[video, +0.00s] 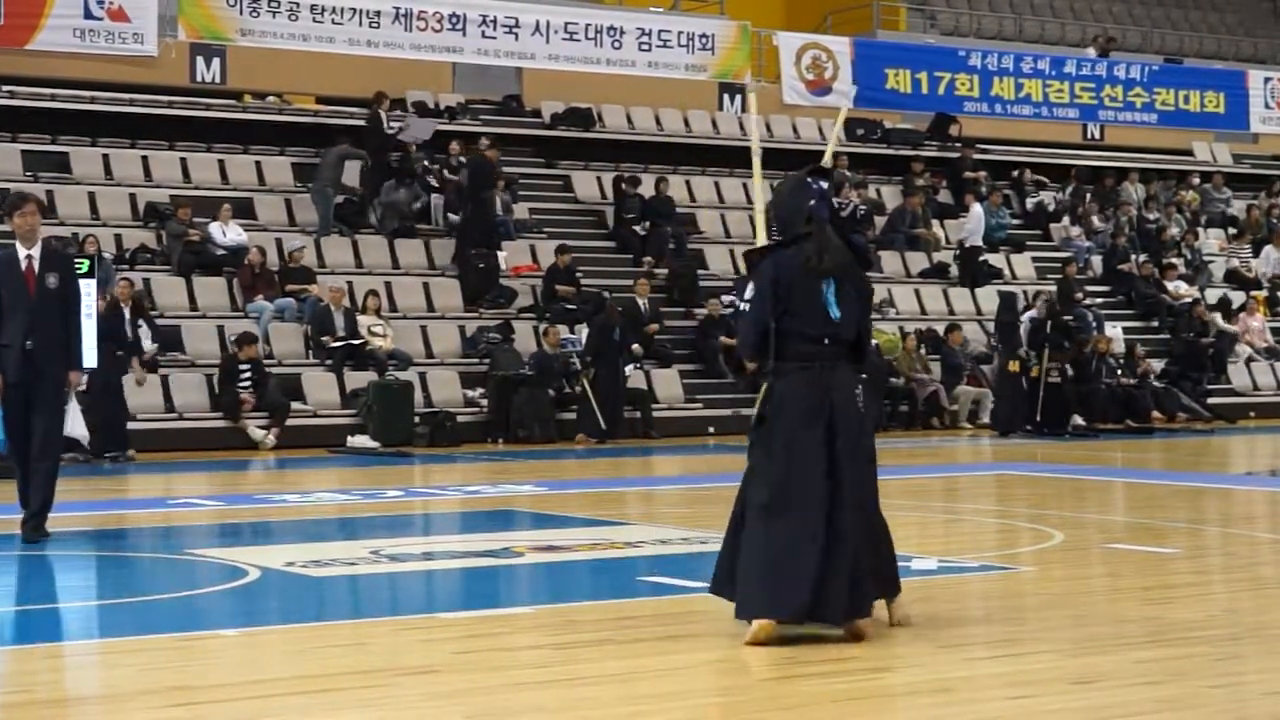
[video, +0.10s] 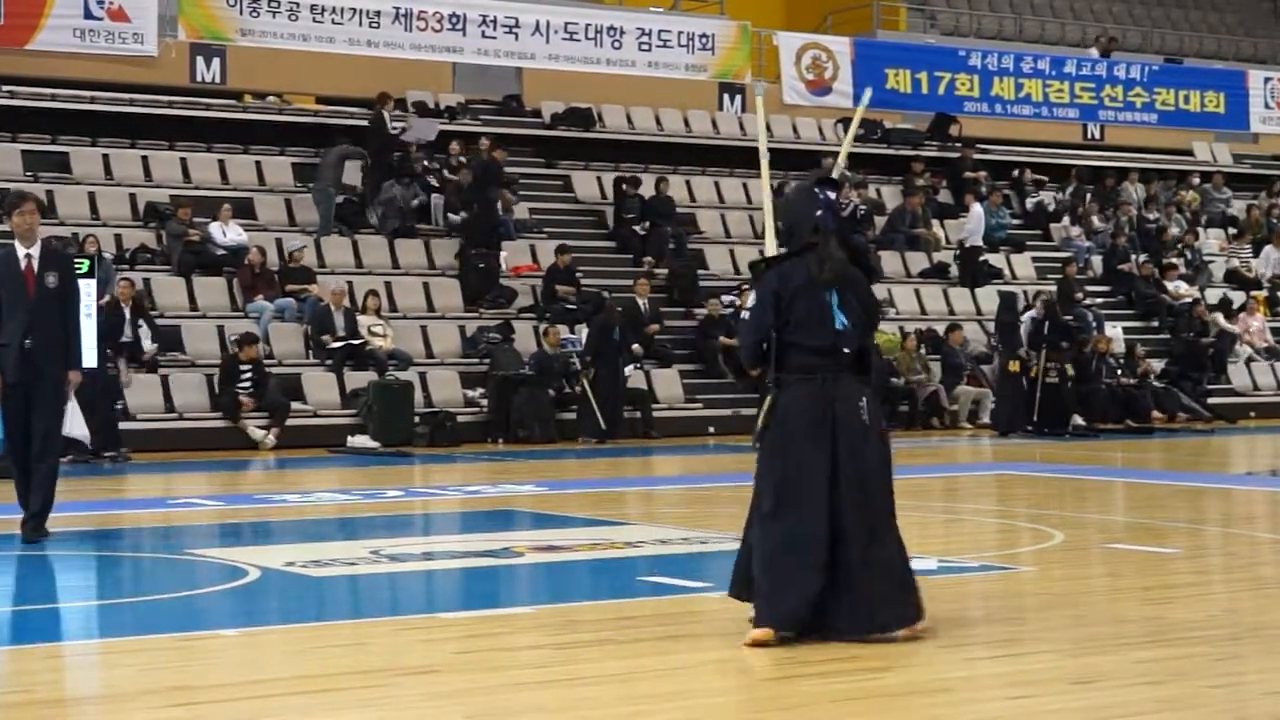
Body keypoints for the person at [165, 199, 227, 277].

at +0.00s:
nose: (186, 213)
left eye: (188, 210)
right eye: (183, 210)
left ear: (191, 212)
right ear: (176, 212)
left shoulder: (194, 224)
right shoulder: (171, 224)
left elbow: (207, 235)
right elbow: (178, 231)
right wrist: (197, 232)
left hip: (200, 251)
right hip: (183, 251)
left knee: (216, 261)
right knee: (187, 264)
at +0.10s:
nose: (186, 213)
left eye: (188, 210)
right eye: (183, 210)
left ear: (191, 212)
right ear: (176, 211)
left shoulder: (194, 225)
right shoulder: (171, 224)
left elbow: (207, 235)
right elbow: (178, 231)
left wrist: (195, 238)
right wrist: (196, 232)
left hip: (200, 251)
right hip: (183, 251)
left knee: (216, 262)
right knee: (187, 264)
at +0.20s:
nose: (187, 212)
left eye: (189, 209)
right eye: (183, 209)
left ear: (192, 211)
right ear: (177, 211)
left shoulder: (194, 224)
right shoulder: (171, 224)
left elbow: (207, 235)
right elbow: (178, 231)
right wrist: (198, 232)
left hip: (200, 250)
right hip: (183, 251)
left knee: (216, 261)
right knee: (187, 264)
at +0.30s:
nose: (186, 212)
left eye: (189, 209)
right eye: (183, 209)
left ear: (192, 211)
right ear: (177, 211)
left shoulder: (194, 224)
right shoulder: (171, 224)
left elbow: (207, 235)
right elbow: (178, 231)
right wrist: (197, 232)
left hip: (200, 250)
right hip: (182, 250)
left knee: (216, 261)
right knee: (187, 263)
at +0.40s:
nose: (187, 212)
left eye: (189, 209)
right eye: (183, 209)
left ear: (192, 211)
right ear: (177, 211)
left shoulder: (194, 224)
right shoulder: (172, 224)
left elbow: (207, 236)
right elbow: (179, 231)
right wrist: (197, 232)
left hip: (200, 250)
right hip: (183, 250)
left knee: (217, 261)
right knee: (188, 263)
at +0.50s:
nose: (187, 212)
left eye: (189, 209)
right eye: (183, 209)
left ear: (192, 211)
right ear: (177, 211)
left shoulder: (195, 224)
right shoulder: (172, 223)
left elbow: (208, 236)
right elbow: (179, 231)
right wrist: (198, 232)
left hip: (201, 250)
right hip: (183, 251)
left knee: (217, 261)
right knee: (187, 264)